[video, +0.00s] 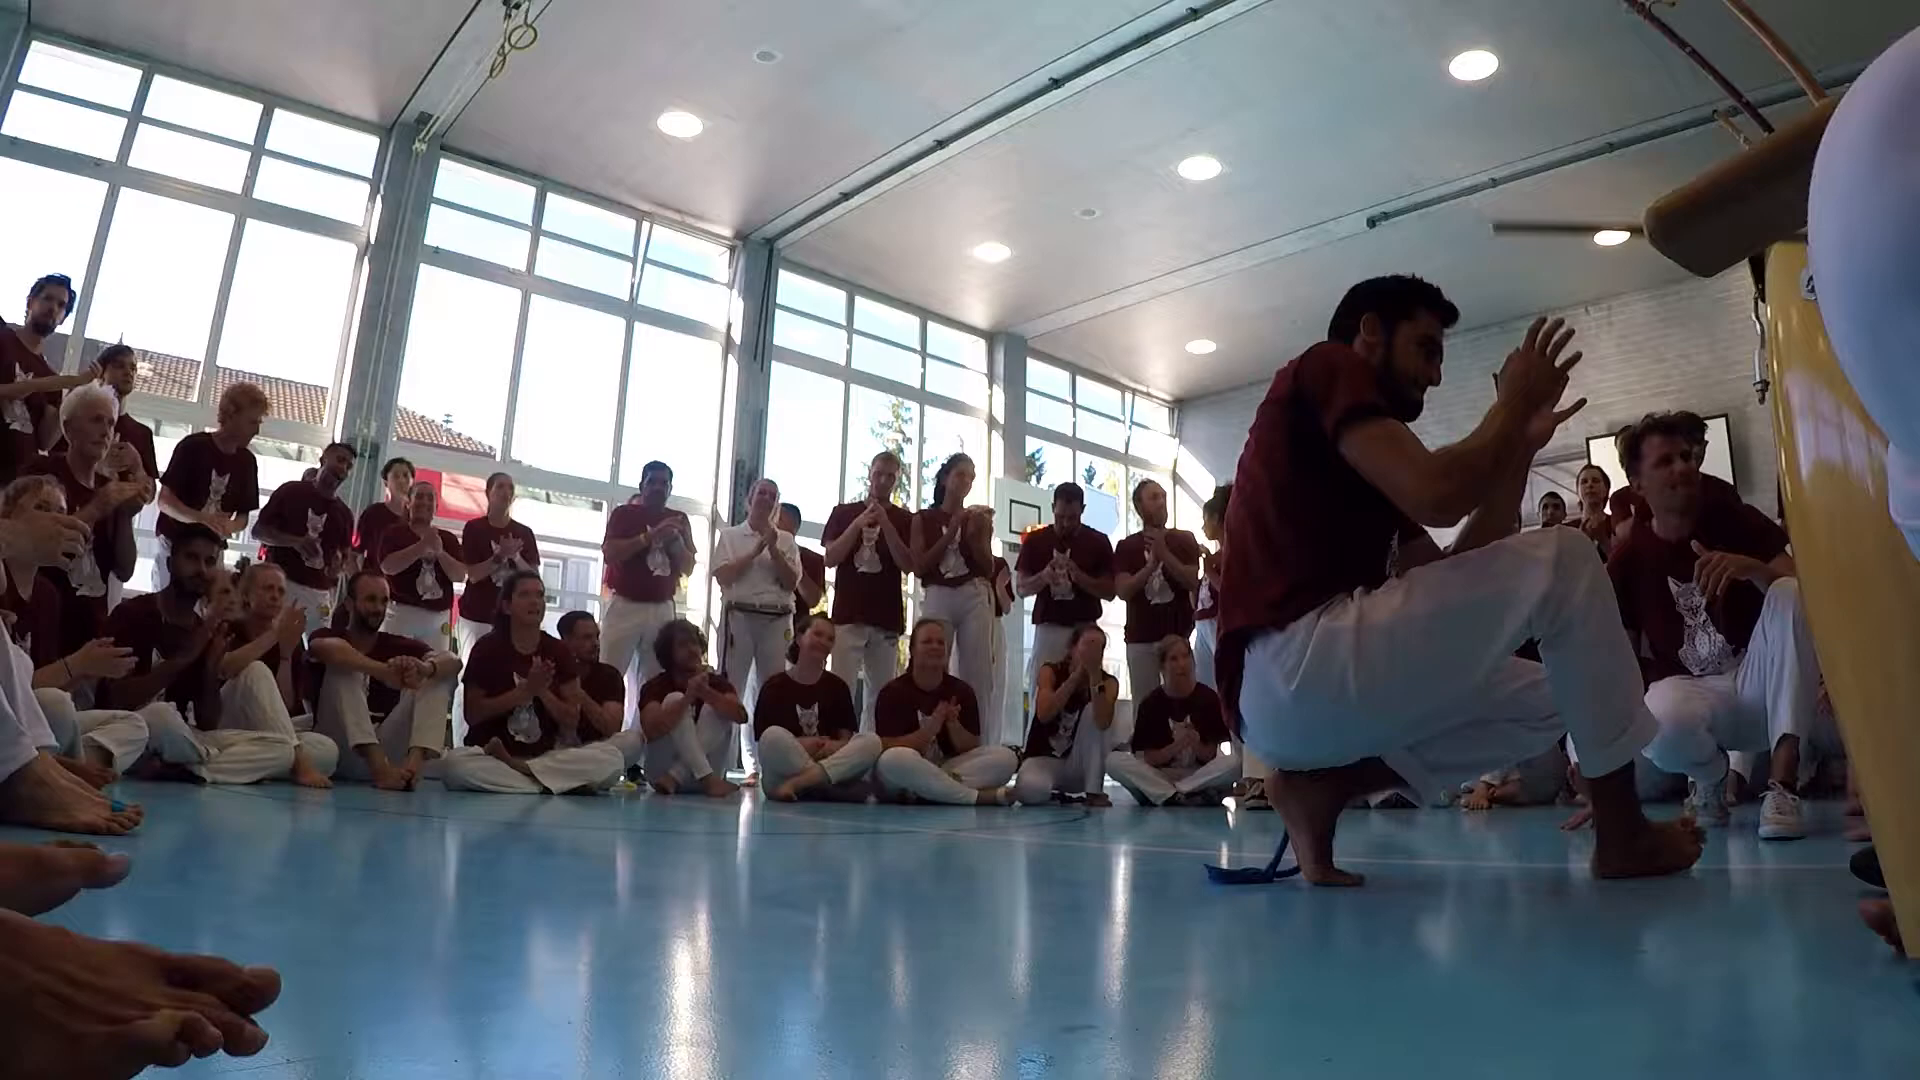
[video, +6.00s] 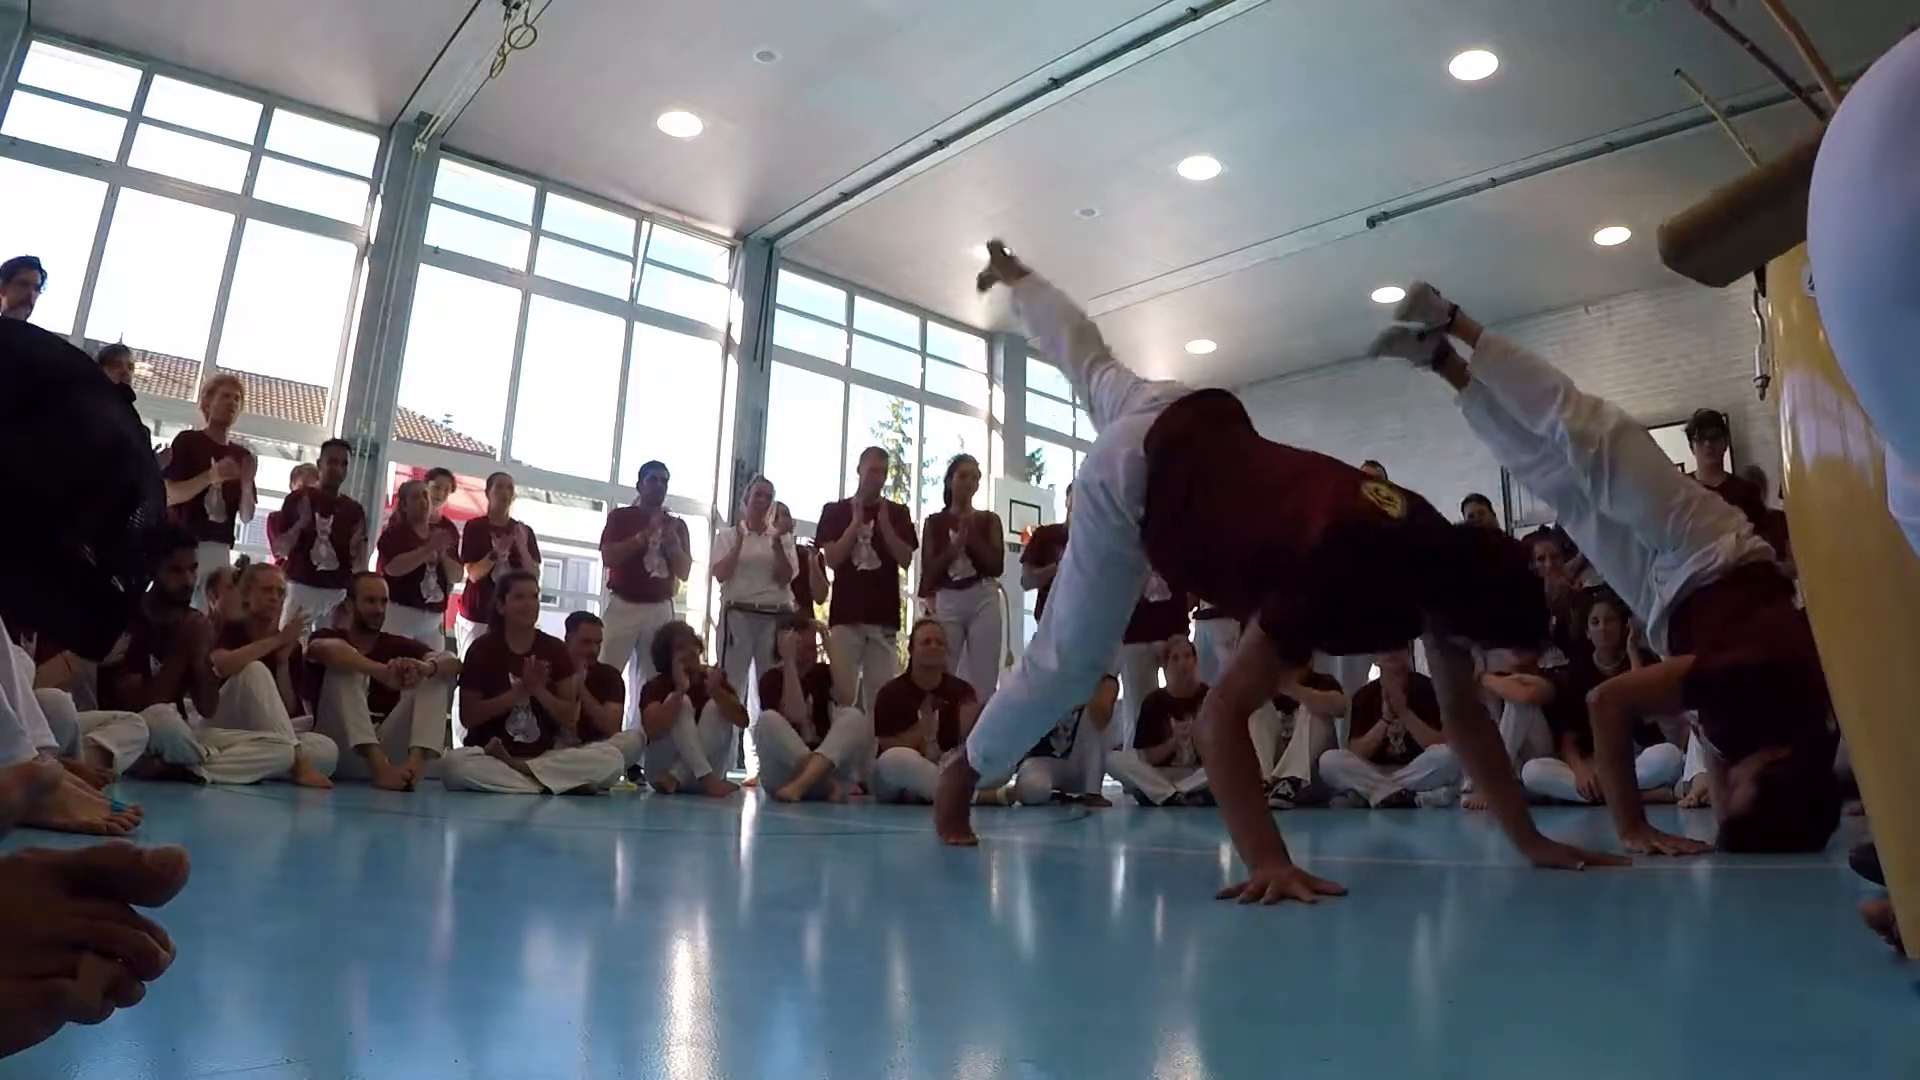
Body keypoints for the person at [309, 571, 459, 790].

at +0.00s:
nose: (379, 608)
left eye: (384, 601)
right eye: (371, 600)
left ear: (389, 604)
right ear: (350, 603)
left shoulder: (395, 644)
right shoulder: (327, 636)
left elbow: (454, 661)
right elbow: (321, 648)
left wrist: (428, 667)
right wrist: (383, 671)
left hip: (386, 754)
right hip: (336, 750)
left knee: (439, 674)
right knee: (343, 663)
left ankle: (415, 763)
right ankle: (379, 766)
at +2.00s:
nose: (380, 608)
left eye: (385, 601)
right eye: (371, 600)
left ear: (390, 603)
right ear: (350, 603)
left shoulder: (393, 643)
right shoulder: (329, 636)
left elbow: (454, 662)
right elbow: (319, 648)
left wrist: (426, 668)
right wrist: (382, 671)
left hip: (386, 752)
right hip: (336, 750)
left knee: (437, 672)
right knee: (342, 663)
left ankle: (414, 762)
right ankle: (379, 765)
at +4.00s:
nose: (380, 608)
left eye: (384, 601)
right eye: (371, 600)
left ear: (389, 604)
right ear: (351, 603)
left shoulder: (395, 644)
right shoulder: (327, 637)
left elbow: (454, 663)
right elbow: (325, 649)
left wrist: (426, 667)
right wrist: (382, 672)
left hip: (386, 752)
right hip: (336, 750)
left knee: (437, 673)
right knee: (343, 664)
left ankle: (414, 764)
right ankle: (379, 766)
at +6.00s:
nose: (379, 609)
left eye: (383, 601)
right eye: (370, 601)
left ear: (389, 603)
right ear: (350, 603)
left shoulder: (393, 643)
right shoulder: (329, 637)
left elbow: (454, 662)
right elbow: (317, 649)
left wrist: (426, 667)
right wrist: (382, 671)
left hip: (388, 750)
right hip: (338, 750)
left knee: (438, 673)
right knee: (342, 660)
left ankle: (416, 761)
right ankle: (378, 764)